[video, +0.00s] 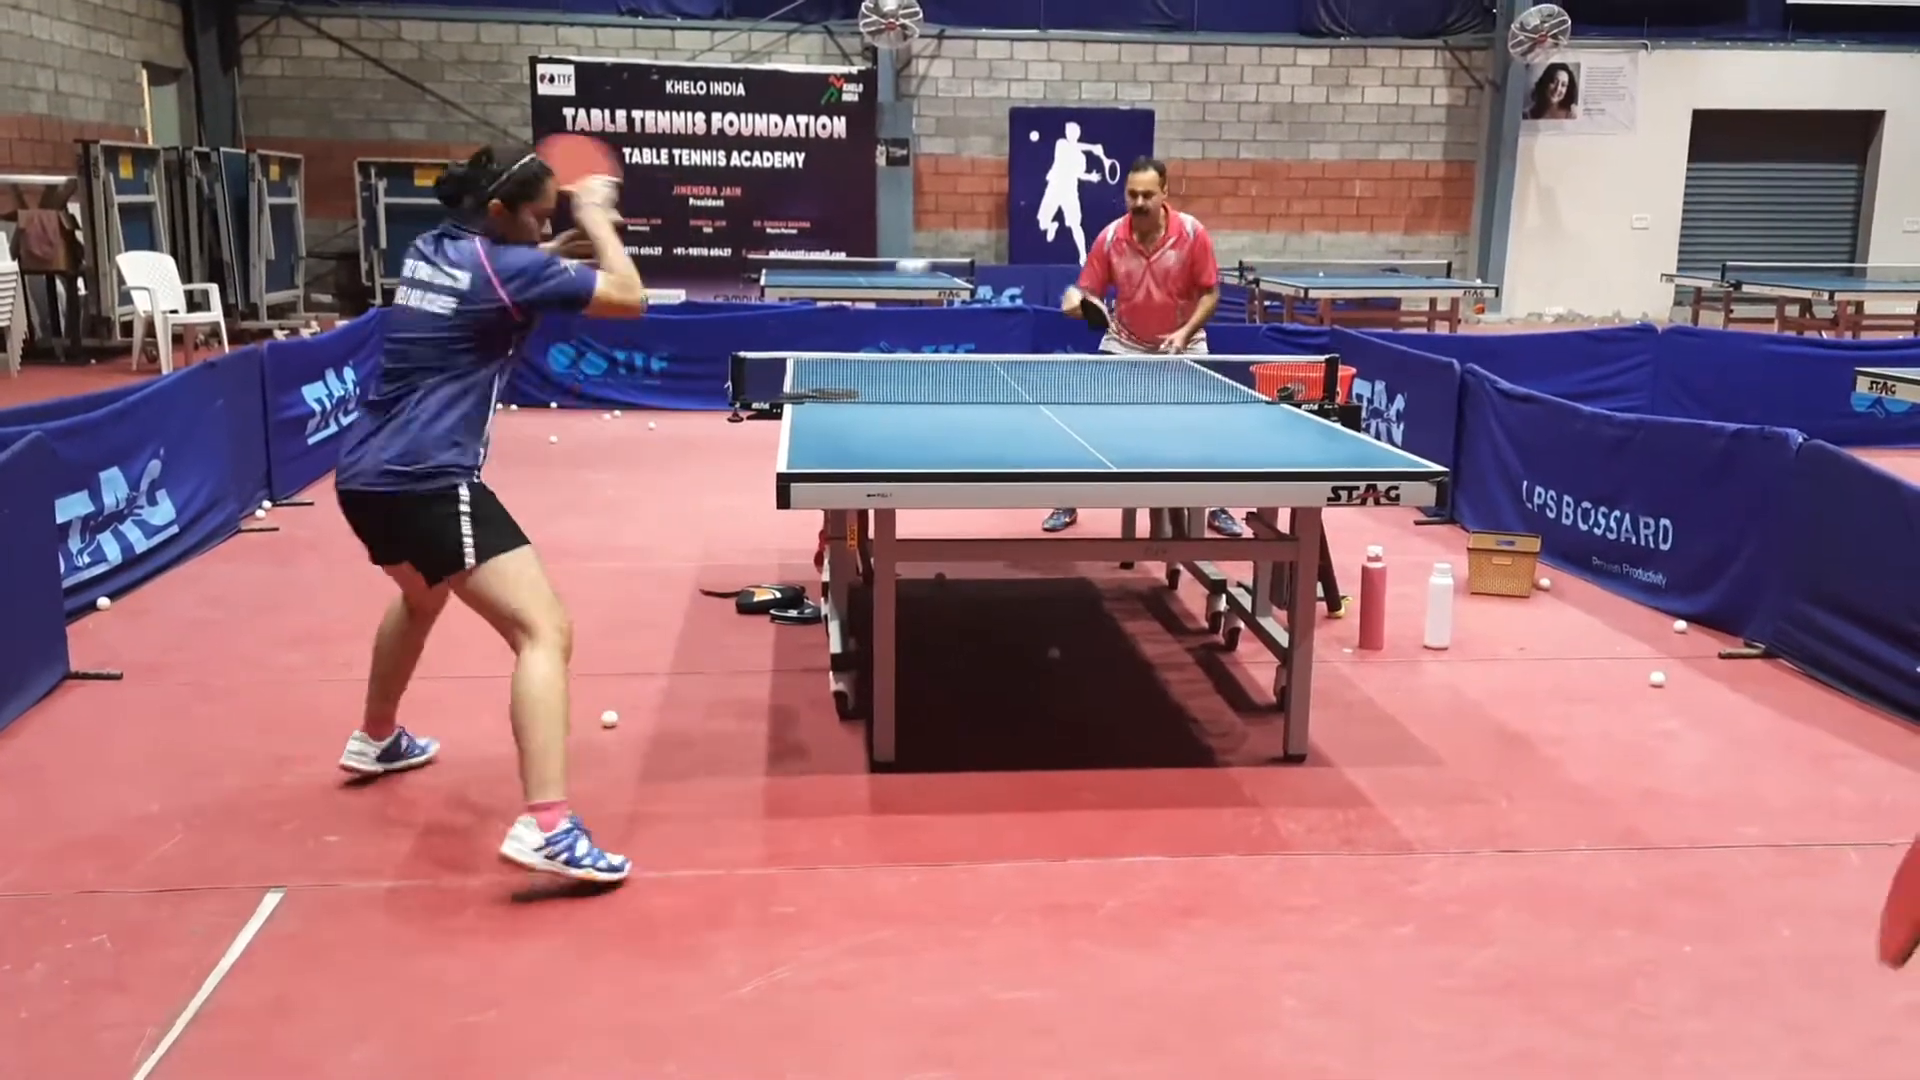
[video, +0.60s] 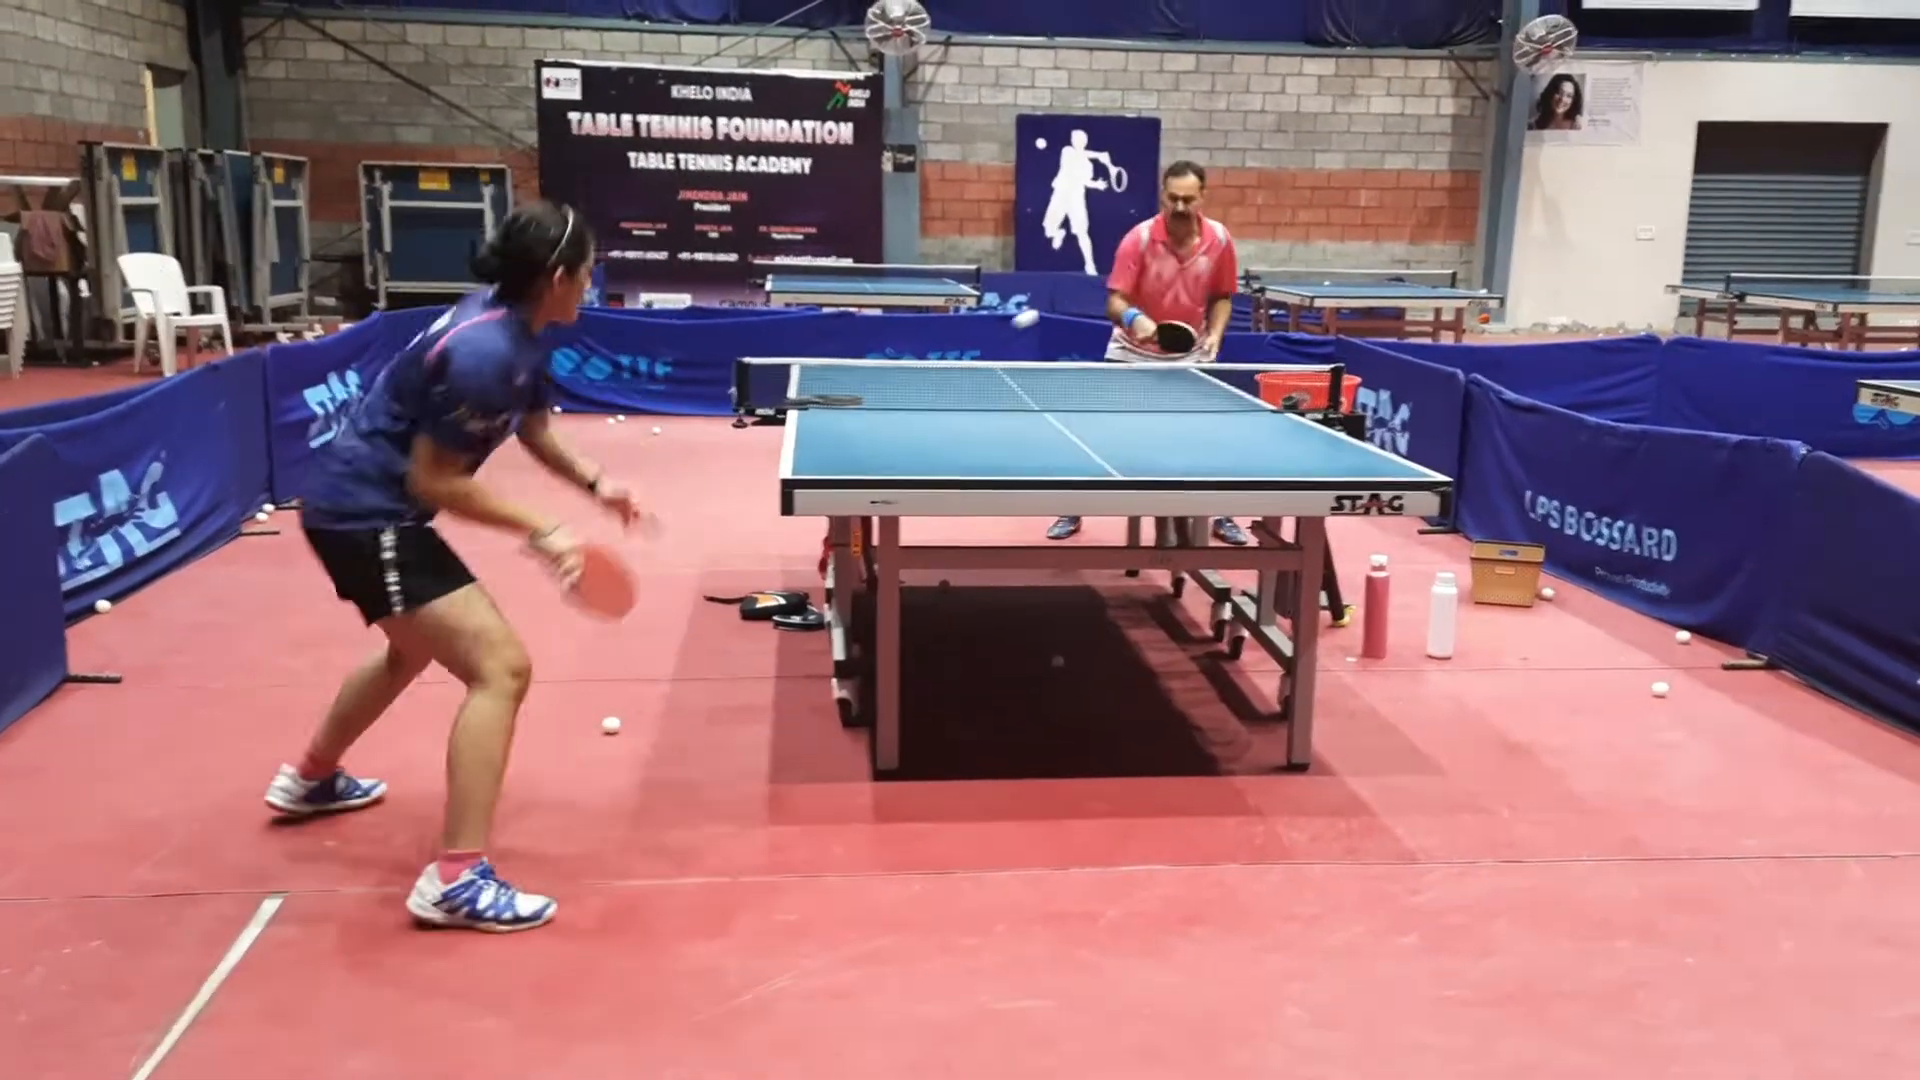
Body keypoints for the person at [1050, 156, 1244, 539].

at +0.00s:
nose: (1139, 202)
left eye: (1147, 195)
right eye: (1133, 195)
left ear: (1164, 194)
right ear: (1126, 195)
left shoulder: (1192, 233)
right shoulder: (1110, 237)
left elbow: (1211, 293)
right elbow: (1087, 290)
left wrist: (1184, 333)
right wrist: (1076, 302)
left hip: (1182, 343)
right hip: (1123, 342)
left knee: (1204, 419)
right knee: (1086, 413)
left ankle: (1213, 504)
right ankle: (1066, 502)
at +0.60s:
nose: (1181, 207)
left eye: (1189, 200)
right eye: (1173, 199)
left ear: (1202, 199)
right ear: (1162, 196)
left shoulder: (1218, 240)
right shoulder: (1139, 239)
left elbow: (1222, 296)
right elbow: (1115, 300)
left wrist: (1215, 334)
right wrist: (1135, 318)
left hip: (1191, 355)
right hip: (1132, 352)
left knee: (1209, 429)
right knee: (1100, 423)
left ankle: (1219, 513)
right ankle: (1071, 509)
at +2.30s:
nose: (1135, 217)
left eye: (1143, 209)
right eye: (1128, 209)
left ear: (1158, 209)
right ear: (1118, 208)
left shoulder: (1181, 252)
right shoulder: (1099, 253)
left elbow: (1197, 309)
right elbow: (1081, 308)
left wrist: (1181, 341)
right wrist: (1089, 324)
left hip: (1163, 368)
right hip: (1104, 365)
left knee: (1195, 437)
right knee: (1065, 430)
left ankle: (1212, 522)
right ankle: (1042, 515)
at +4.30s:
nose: (1116, 189)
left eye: (1124, 182)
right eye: (1109, 181)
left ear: (1137, 185)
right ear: (1098, 184)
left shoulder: (1155, 234)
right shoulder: (1078, 233)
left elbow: (1159, 292)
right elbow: (1060, 297)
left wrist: (1139, 341)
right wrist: (1070, 287)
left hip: (1130, 353)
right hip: (1070, 350)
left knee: (1151, 431)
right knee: (1035, 418)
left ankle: (1182, 512)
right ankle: (1013, 504)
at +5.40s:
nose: (1106, 192)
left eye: (1115, 184)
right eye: (1100, 183)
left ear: (1131, 187)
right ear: (1092, 184)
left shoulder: (1153, 233)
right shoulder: (1071, 231)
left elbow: (1166, 296)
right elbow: (1055, 289)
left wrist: (1133, 329)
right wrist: (1042, 294)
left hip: (1129, 351)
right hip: (1069, 344)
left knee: (1159, 423)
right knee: (1032, 413)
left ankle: (1174, 508)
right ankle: (1016, 498)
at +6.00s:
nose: (1091, 195)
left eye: (1097, 186)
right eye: (1082, 187)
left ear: (1104, 182)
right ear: (1062, 183)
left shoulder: (1120, 220)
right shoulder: (1035, 229)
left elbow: (1148, 275)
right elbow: (1014, 284)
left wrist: (1157, 303)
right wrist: (1015, 302)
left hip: (1106, 340)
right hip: (1046, 341)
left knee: (1127, 422)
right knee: (1019, 415)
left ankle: (1148, 512)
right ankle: (998, 508)